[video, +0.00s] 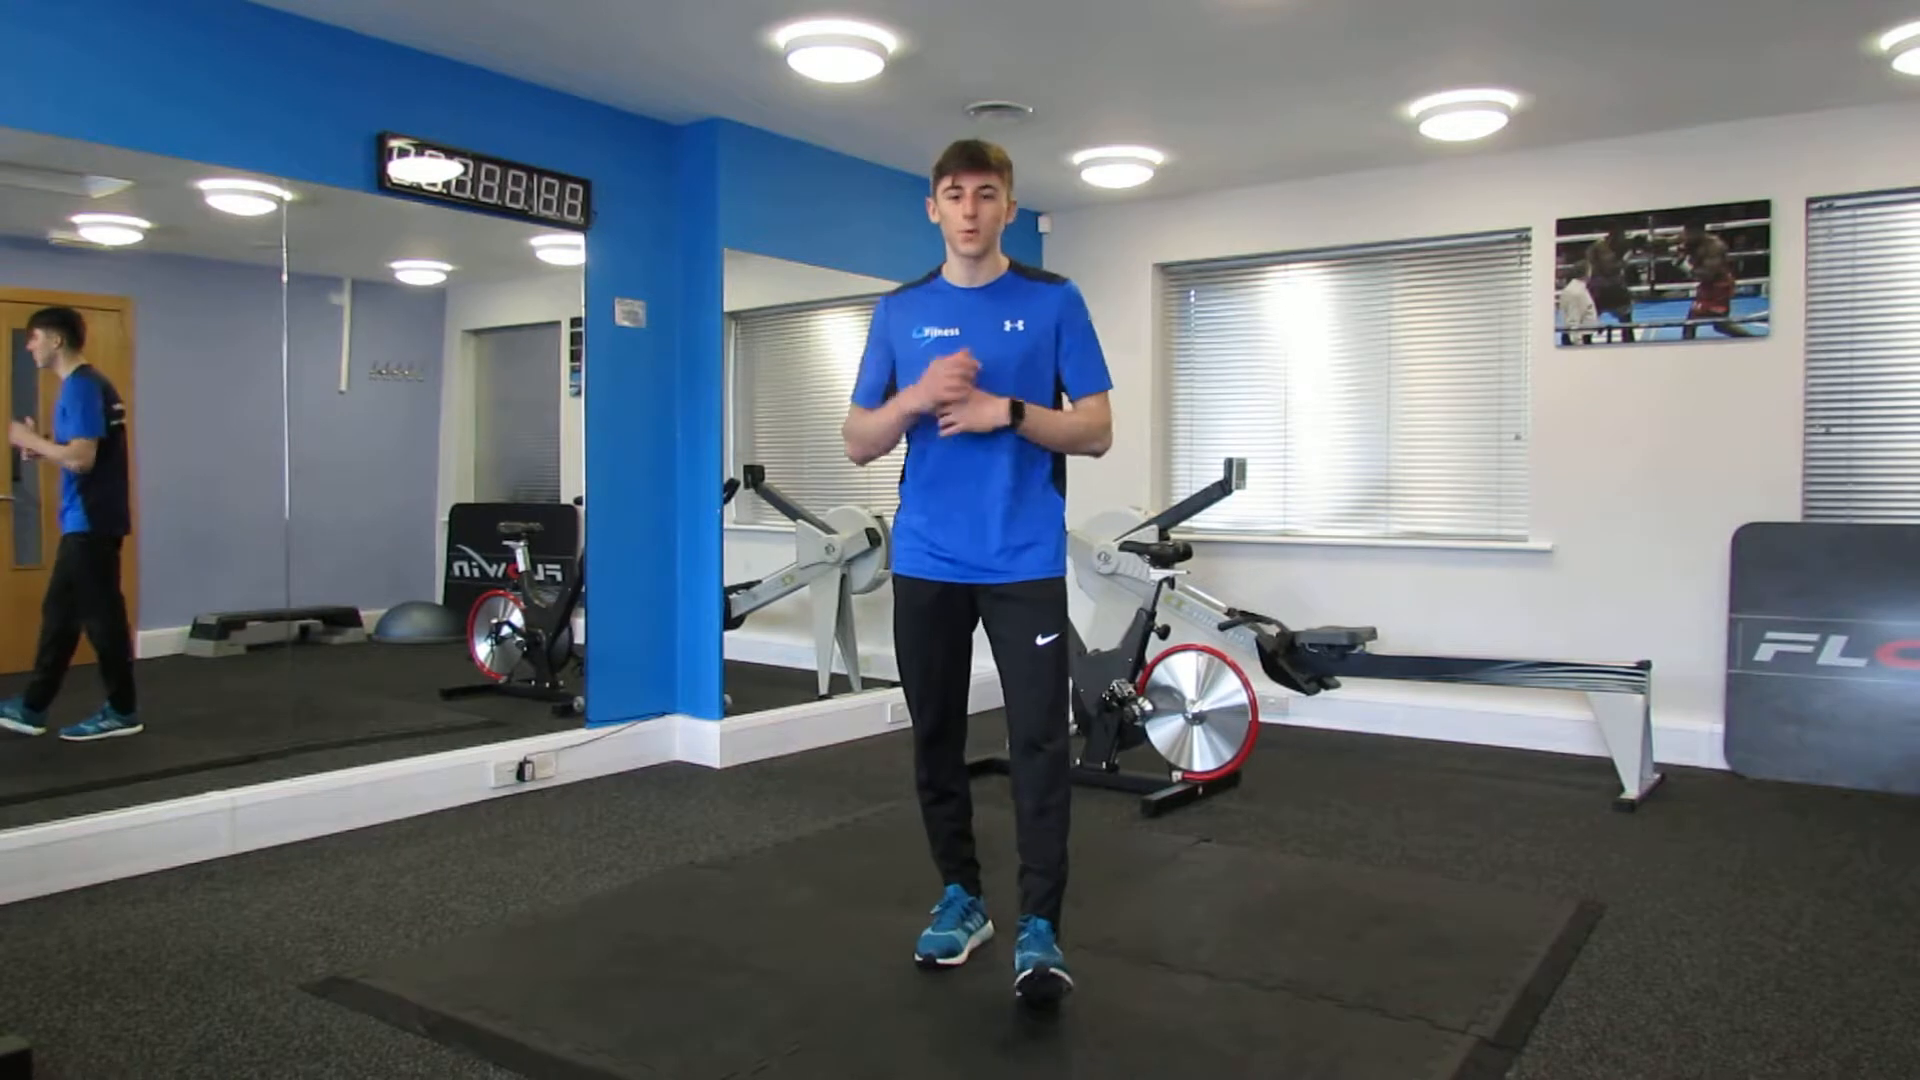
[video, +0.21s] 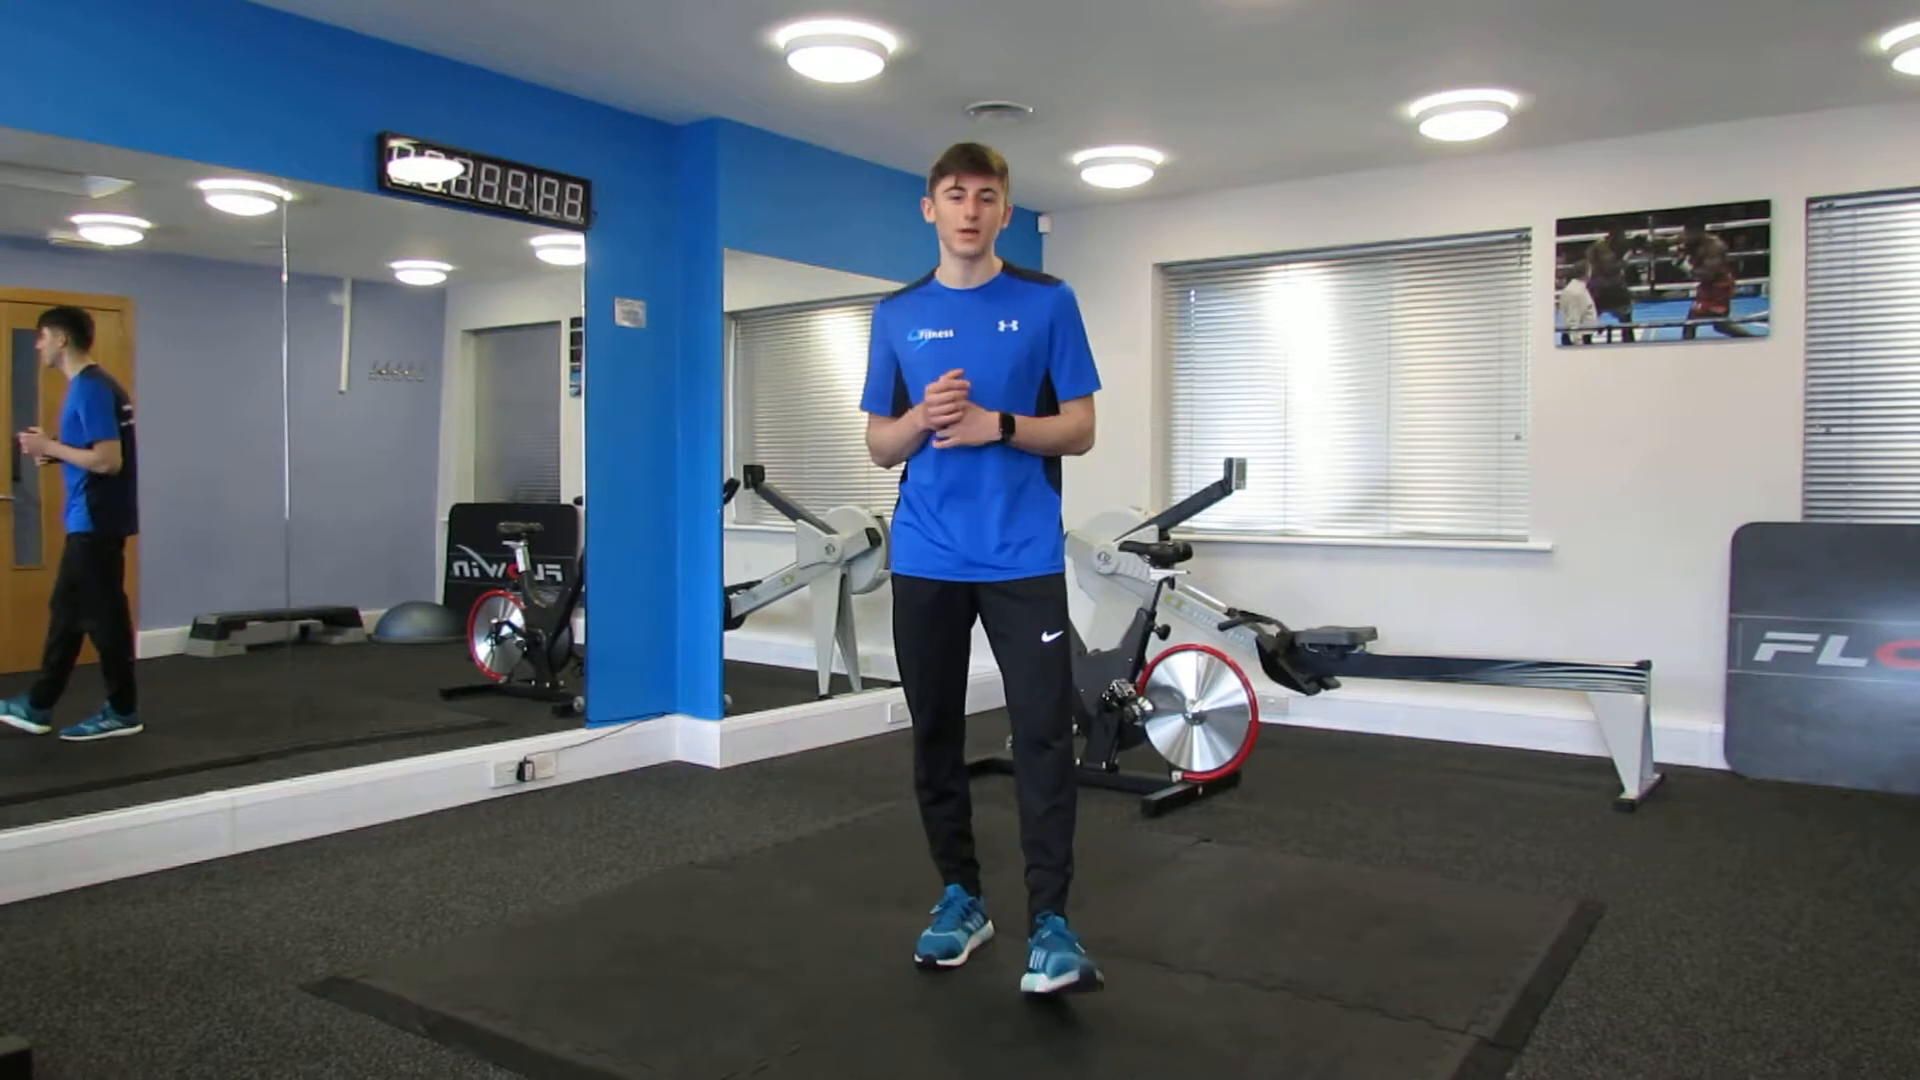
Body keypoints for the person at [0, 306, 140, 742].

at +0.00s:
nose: (30, 347)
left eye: (34, 338)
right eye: (30, 338)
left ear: (57, 340)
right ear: (61, 341)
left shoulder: (83, 386)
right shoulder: (87, 384)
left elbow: (82, 457)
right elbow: (89, 451)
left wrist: (34, 441)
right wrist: (47, 450)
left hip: (93, 527)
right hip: (87, 526)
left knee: (101, 616)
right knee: (60, 613)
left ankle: (122, 709)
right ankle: (32, 708)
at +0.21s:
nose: (38, 346)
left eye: (42, 338)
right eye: (39, 338)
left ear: (61, 339)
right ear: (74, 340)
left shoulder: (93, 387)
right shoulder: (88, 386)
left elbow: (108, 460)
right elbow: (96, 453)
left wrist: (49, 446)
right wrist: (52, 450)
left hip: (98, 528)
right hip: (89, 526)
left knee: (103, 615)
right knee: (67, 613)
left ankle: (122, 709)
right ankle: (38, 706)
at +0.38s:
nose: (40, 345)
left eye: (45, 336)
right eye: (41, 336)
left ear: (67, 339)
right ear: (74, 340)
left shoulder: (94, 387)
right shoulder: (91, 385)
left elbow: (97, 460)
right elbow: (95, 456)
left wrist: (48, 448)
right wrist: (53, 452)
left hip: (97, 528)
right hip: (86, 527)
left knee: (104, 614)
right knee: (60, 605)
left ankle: (122, 709)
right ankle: (70, 702)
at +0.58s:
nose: (39, 345)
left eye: (44, 336)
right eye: (40, 337)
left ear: (67, 338)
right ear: (74, 340)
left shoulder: (87, 386)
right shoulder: (93, 384)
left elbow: (86, 457)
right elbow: (86, 454)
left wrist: (42, 447)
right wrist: (46, 452)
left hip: (86, 524)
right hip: (92, 522)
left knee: (77, 606)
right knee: (94, 606)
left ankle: (105, 705)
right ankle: (112, 704)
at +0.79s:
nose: (31, 344)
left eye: (36, 335)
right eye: (32, 336)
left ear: (57, 338)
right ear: (66, 341)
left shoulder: (74, 386)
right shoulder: (93, 385)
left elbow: (78, 457)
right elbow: (82, 454)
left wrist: (30, 445)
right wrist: (37, 451)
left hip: (73, 524)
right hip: (88, 522)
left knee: (78, 613)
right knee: (81, 611)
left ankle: (113, 706)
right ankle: (99, 704)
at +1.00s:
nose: (19, 347)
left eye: (24, 338)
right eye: (20, 339)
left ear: (43, 340)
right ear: (53, 340)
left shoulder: (60, 387)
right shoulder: (86, 386)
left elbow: (61, 456)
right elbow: (73, 453)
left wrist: (18, 446)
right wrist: (28, 450)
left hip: (64, 523)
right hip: (85, 521)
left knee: (52, 607)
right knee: (76, 606)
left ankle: (108, 701)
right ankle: (98, 700)